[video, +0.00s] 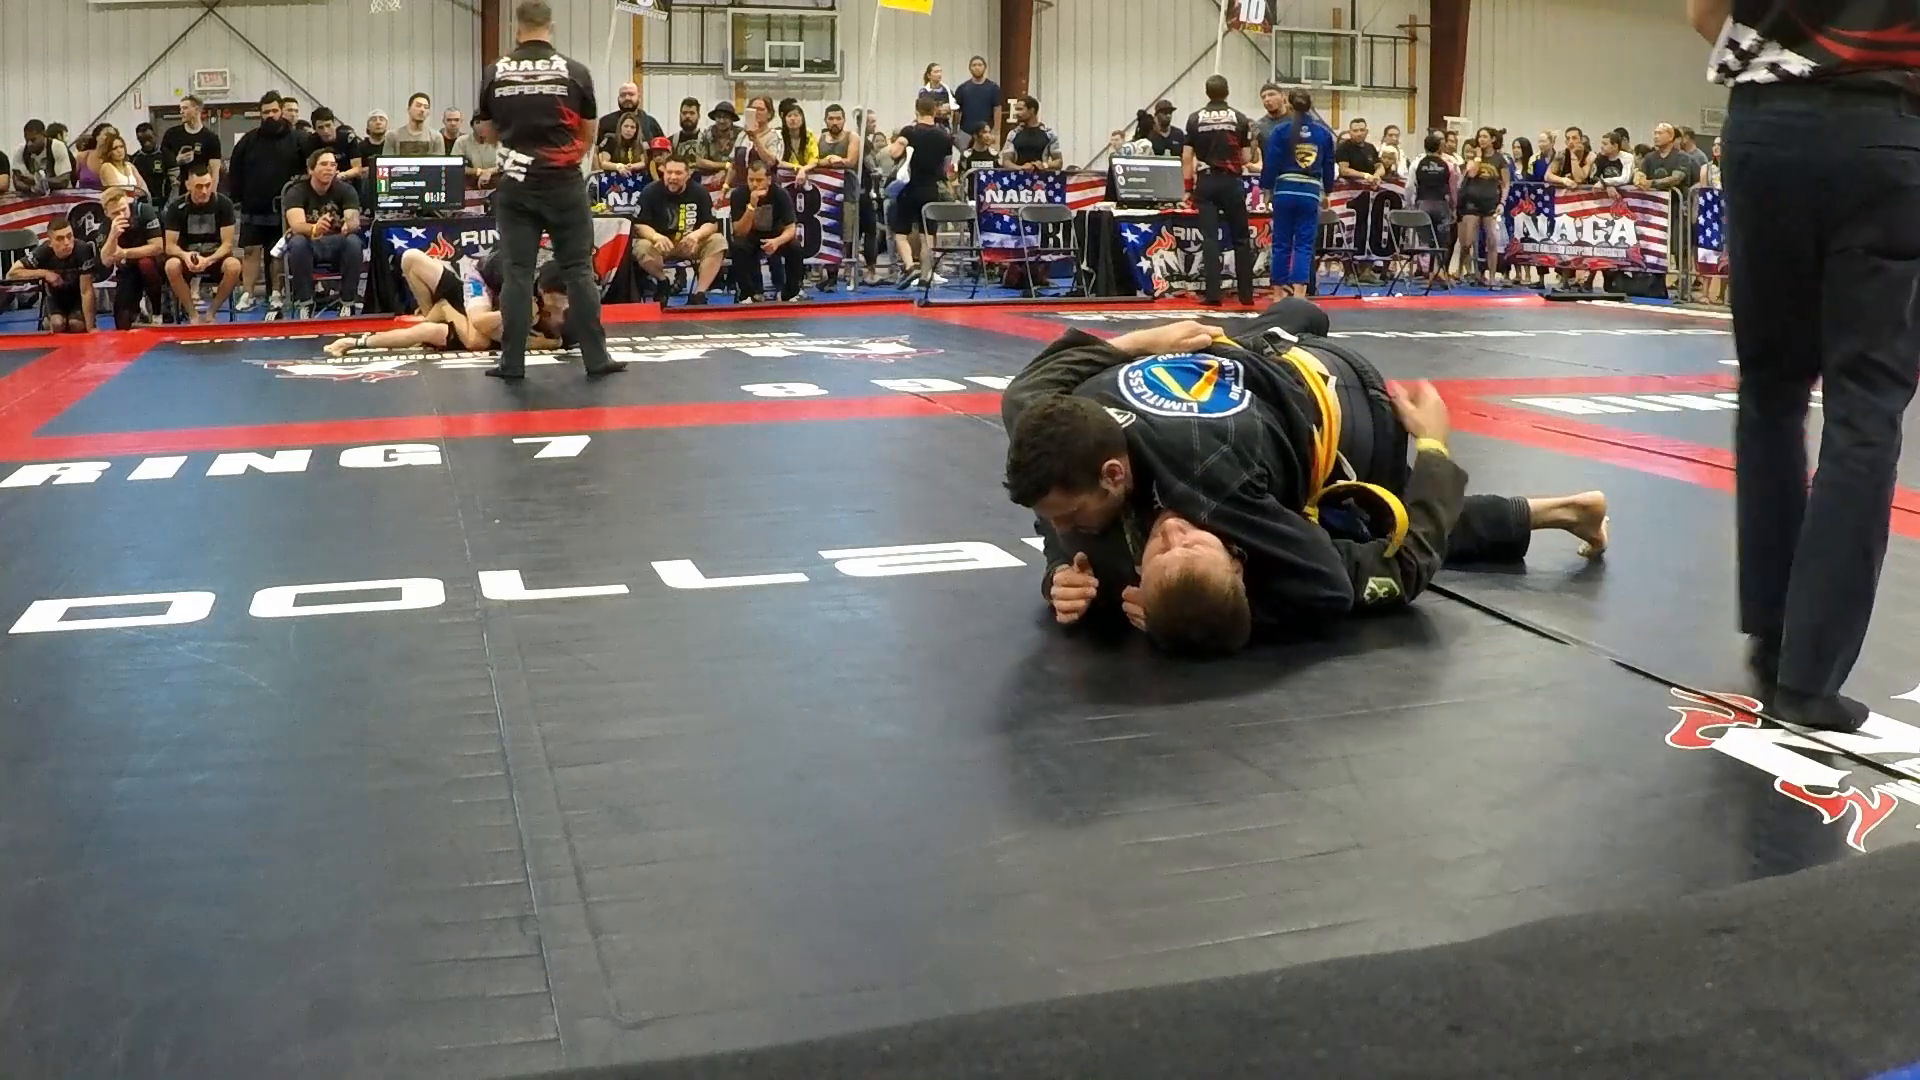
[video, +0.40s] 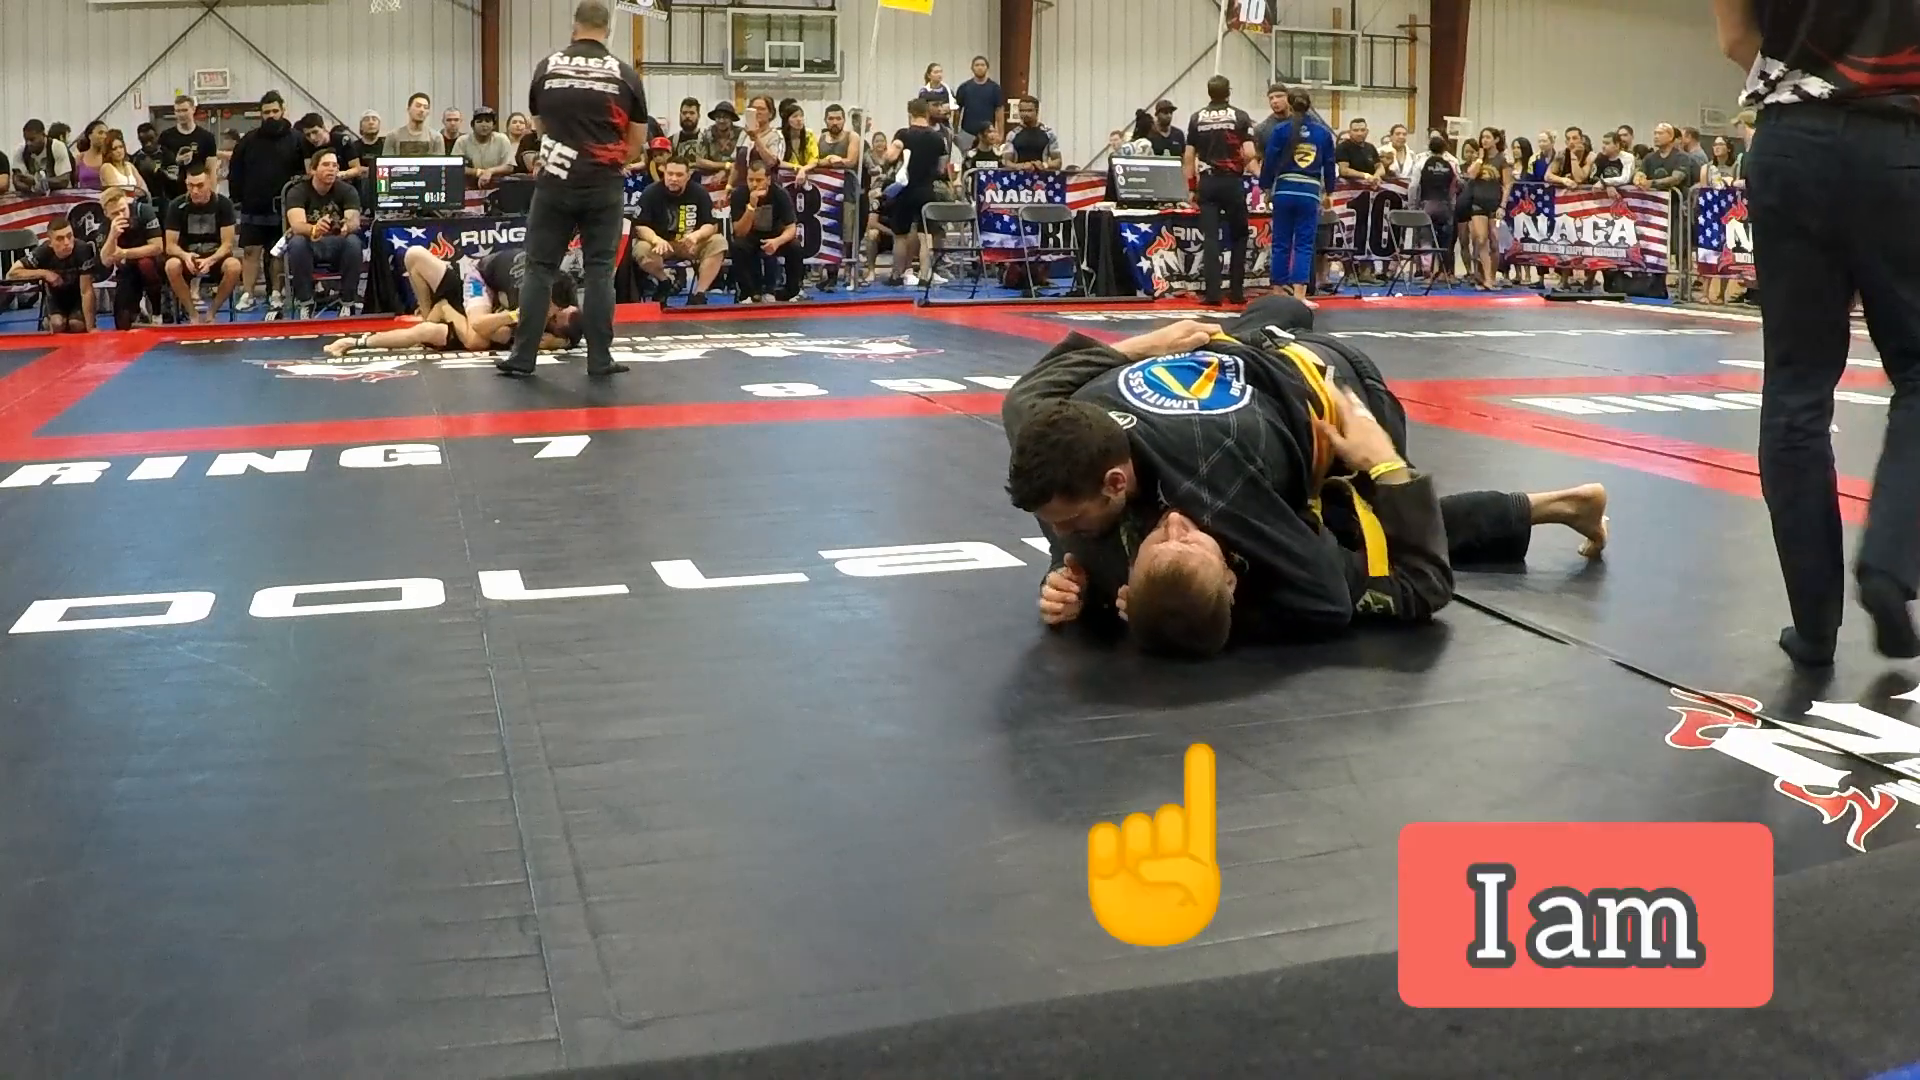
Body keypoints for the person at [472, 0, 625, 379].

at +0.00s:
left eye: (519, 29)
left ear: (517, 30)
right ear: (550, 29)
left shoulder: (497, 71)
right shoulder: (576, 71)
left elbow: (489, 134)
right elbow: (587, 136)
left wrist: (520, 120)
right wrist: (561, 162)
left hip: (516, 185)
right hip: (564, 185)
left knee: (517, 272)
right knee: (579, 267)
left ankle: (512, 364)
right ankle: (596, 359)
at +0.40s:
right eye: (603, 30)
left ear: (574, 26)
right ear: (607, 31)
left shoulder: (547, 66)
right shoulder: (626, 74)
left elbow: (541, 124)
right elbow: (635, 145)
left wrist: (572, 149)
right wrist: (604, 162)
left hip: (555, 183)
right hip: (605, 184)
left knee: (539, 267)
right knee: (600, 270)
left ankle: (522, 358)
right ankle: (599, 360)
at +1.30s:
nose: (570, 38)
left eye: (561, 34)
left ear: (559, 34)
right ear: (591, 29)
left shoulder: (543, 75)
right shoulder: (621, 66)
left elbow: (549, 136)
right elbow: (641, 132)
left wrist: (577, 160)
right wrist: (618, 161)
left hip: (567, 185)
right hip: (612, 180)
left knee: (579, 265)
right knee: (622, 260)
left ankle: (582, 356)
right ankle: (604, 348)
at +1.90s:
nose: (583, 40)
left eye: (583, 35)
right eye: (585, 35)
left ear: (587, 35)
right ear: (616, 32)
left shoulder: (569, 73)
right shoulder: (645, 69)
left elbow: (560, 130)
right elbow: (658, 123)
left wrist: (580, 156)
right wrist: (642, 154)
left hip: (588, 185)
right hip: (636, 183)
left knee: (587, 266)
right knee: (646, 263)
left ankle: (586, 355)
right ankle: (662, 353)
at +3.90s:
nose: (614, 38)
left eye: (614, 33)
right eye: (615, 33)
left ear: (620, 31)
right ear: (649, 27)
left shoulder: (602, 71)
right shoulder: (680, 69)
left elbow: (596, 137)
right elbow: (689, 131)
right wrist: (670, 157)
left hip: (623, 183)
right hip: (671, 181)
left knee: (629, 267)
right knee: (675, 263)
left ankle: (631, 358)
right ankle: (686, 354)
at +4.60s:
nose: (626, 38)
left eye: (625, 33)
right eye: (628, 34)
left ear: (630, 31)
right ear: (660, 28)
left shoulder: (612, 70)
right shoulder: (689, 69)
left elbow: (603, 135)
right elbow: (697, 129)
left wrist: (606, 154)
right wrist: (682, 161)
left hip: (631, 182)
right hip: (678, 181)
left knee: (633, 267)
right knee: (678, 263)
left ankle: (632, 357)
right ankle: (686, 355)